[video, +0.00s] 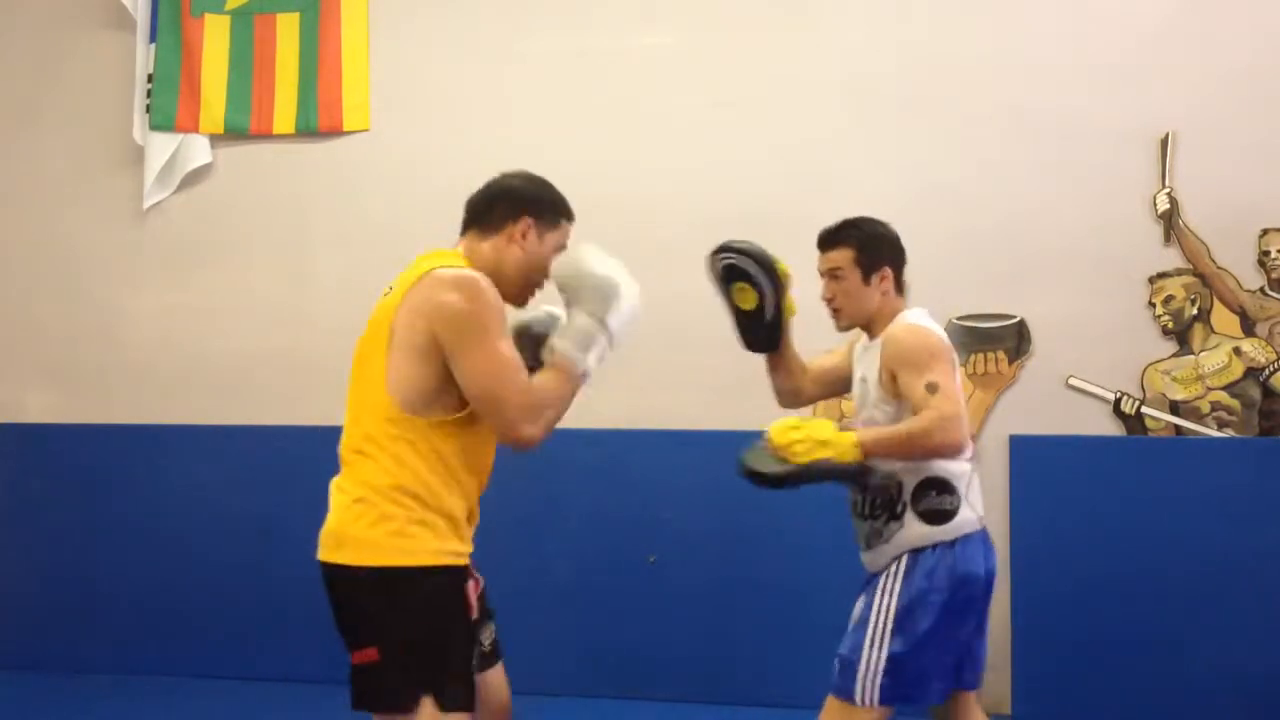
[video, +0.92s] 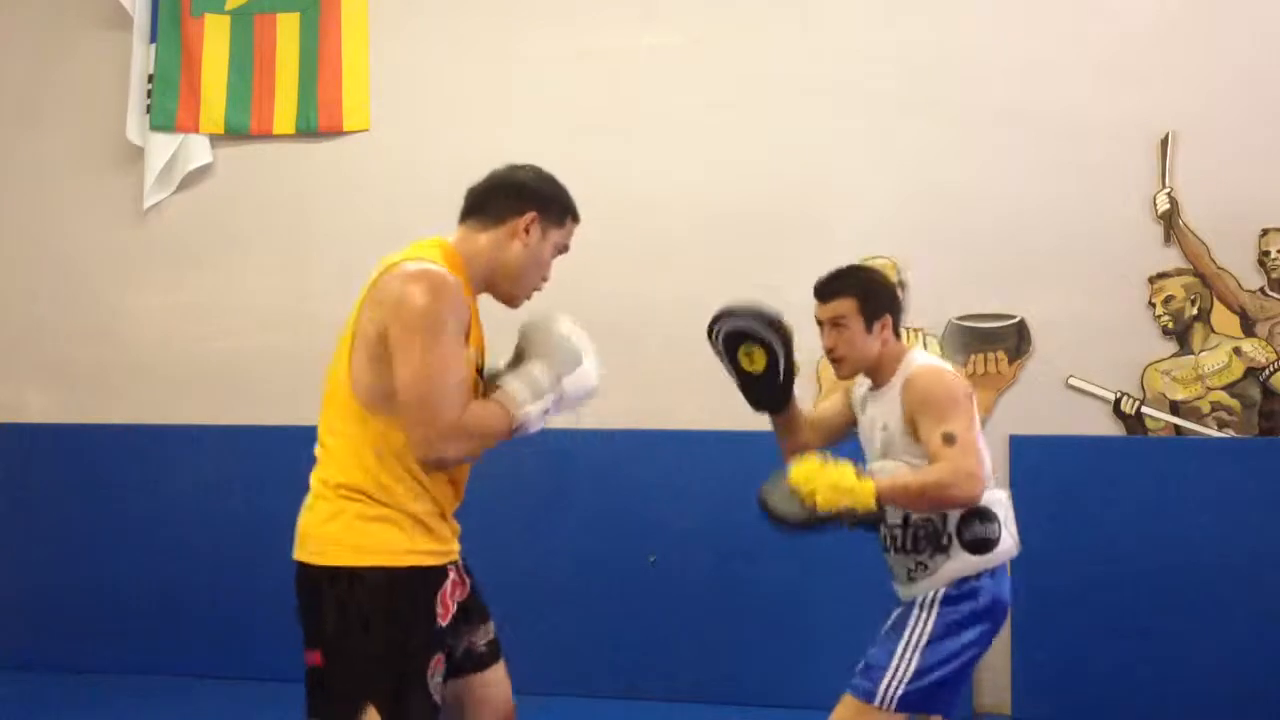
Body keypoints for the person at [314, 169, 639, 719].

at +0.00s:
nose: (551, 271)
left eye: (558, 256)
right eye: (554, 251)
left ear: (514, 230)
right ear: (521, 232)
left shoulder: (429, 280)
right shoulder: (461, 291)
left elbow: (435, 399)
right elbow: (525, 422)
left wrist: (520, 351)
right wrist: (587, 327)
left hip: (424, 551)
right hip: (398, 558)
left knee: (489, 702)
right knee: (429, 711)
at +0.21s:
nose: (538, 298)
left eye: (546, 286)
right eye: (541, 281)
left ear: (514, 254)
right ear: (515, 255)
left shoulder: (456, 309)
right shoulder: (430, 309)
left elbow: (507, 417)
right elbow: (522, 425)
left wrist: (561, 383)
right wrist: (562, 315)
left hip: (443, 566)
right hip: (390, 576)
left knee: (532, 702)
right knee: (426, 710)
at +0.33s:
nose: (568, 251)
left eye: (572, 237)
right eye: (569, 233)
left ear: (531, 224)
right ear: (536, 221)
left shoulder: (496, 302)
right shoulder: (424, 283)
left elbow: (540, 363)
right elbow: (480, 400)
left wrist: (628, 330)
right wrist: (555, 301)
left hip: (459, 543)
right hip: (387, 547)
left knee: (526, 702)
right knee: (407, 708)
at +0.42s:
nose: (578, 254)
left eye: (581, 243)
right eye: (575, 240)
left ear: (534, 228)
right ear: (540, 225)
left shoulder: (512, 299)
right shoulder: (432, 285)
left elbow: (619, 313)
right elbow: (465, 394)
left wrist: (708, 296)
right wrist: (549, 302)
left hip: (453, 539)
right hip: (384, 538)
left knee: (514, 704)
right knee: (412, 707)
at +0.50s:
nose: (580, 267)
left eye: (586, 256)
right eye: (580, 252)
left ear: (542, 235)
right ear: (543, 234)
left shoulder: (516, 307)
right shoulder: (437, 292)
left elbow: (591, 352)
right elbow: (443, 414)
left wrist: (691, 322)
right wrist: (542, 337)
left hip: (459, 539)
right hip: (390, 538)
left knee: (516, 703)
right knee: (416, 707)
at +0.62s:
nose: (578, 271)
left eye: (584, 254)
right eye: (580, 250)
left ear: (542, 234)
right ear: (543, 232)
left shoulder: (497, 313)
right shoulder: (434, 298)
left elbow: (485, 426)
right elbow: (408, 437)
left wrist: (584, 412)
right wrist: (528, 403)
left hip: (459, 546)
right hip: (395, 552)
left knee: (507, 705)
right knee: (402, 710)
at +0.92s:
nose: (550, 274)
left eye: (560, 255)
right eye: (556, 251)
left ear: (518, 231)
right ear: (524, 230)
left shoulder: (449, 292)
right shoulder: (425, 288)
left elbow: (448, 416)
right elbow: (438, 440)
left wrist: (526, 393)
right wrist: (531, 384)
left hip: (424, 552)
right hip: (370, 562)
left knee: (489, 705)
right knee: (378, 710)